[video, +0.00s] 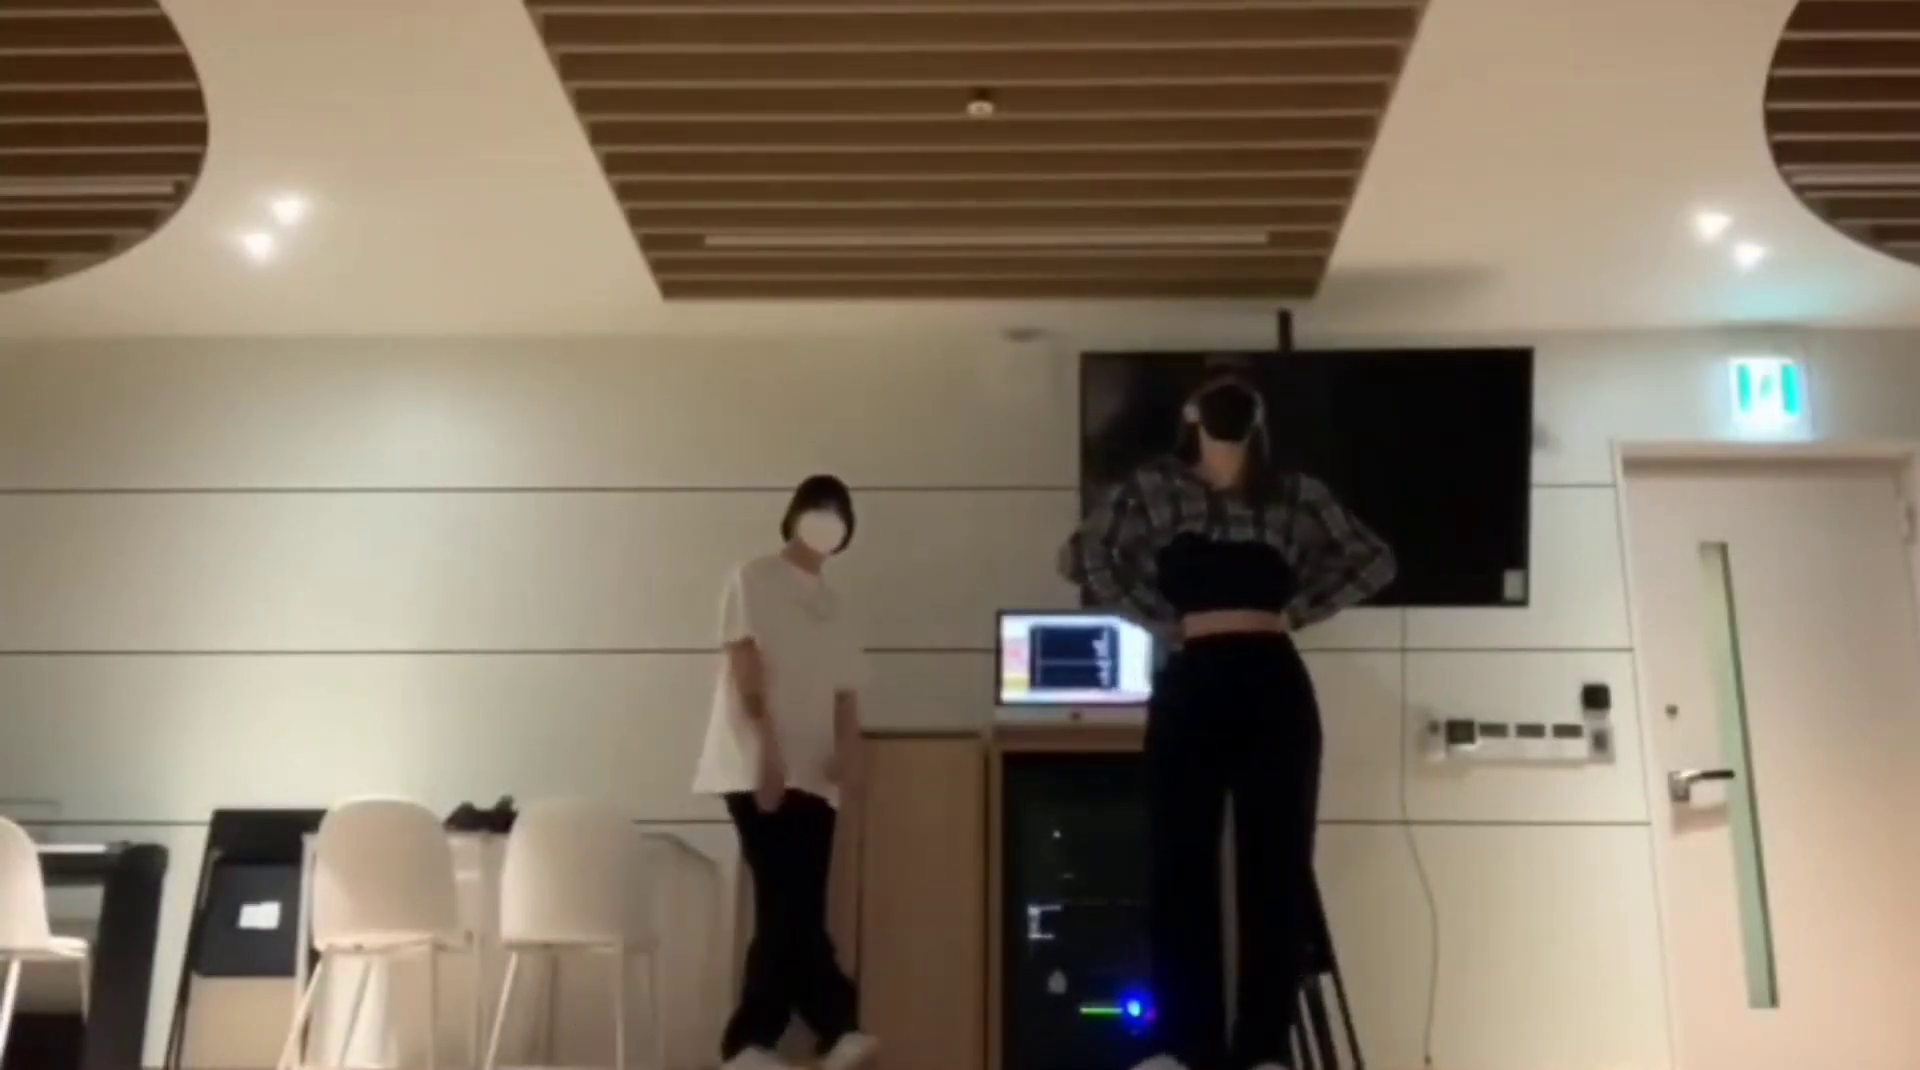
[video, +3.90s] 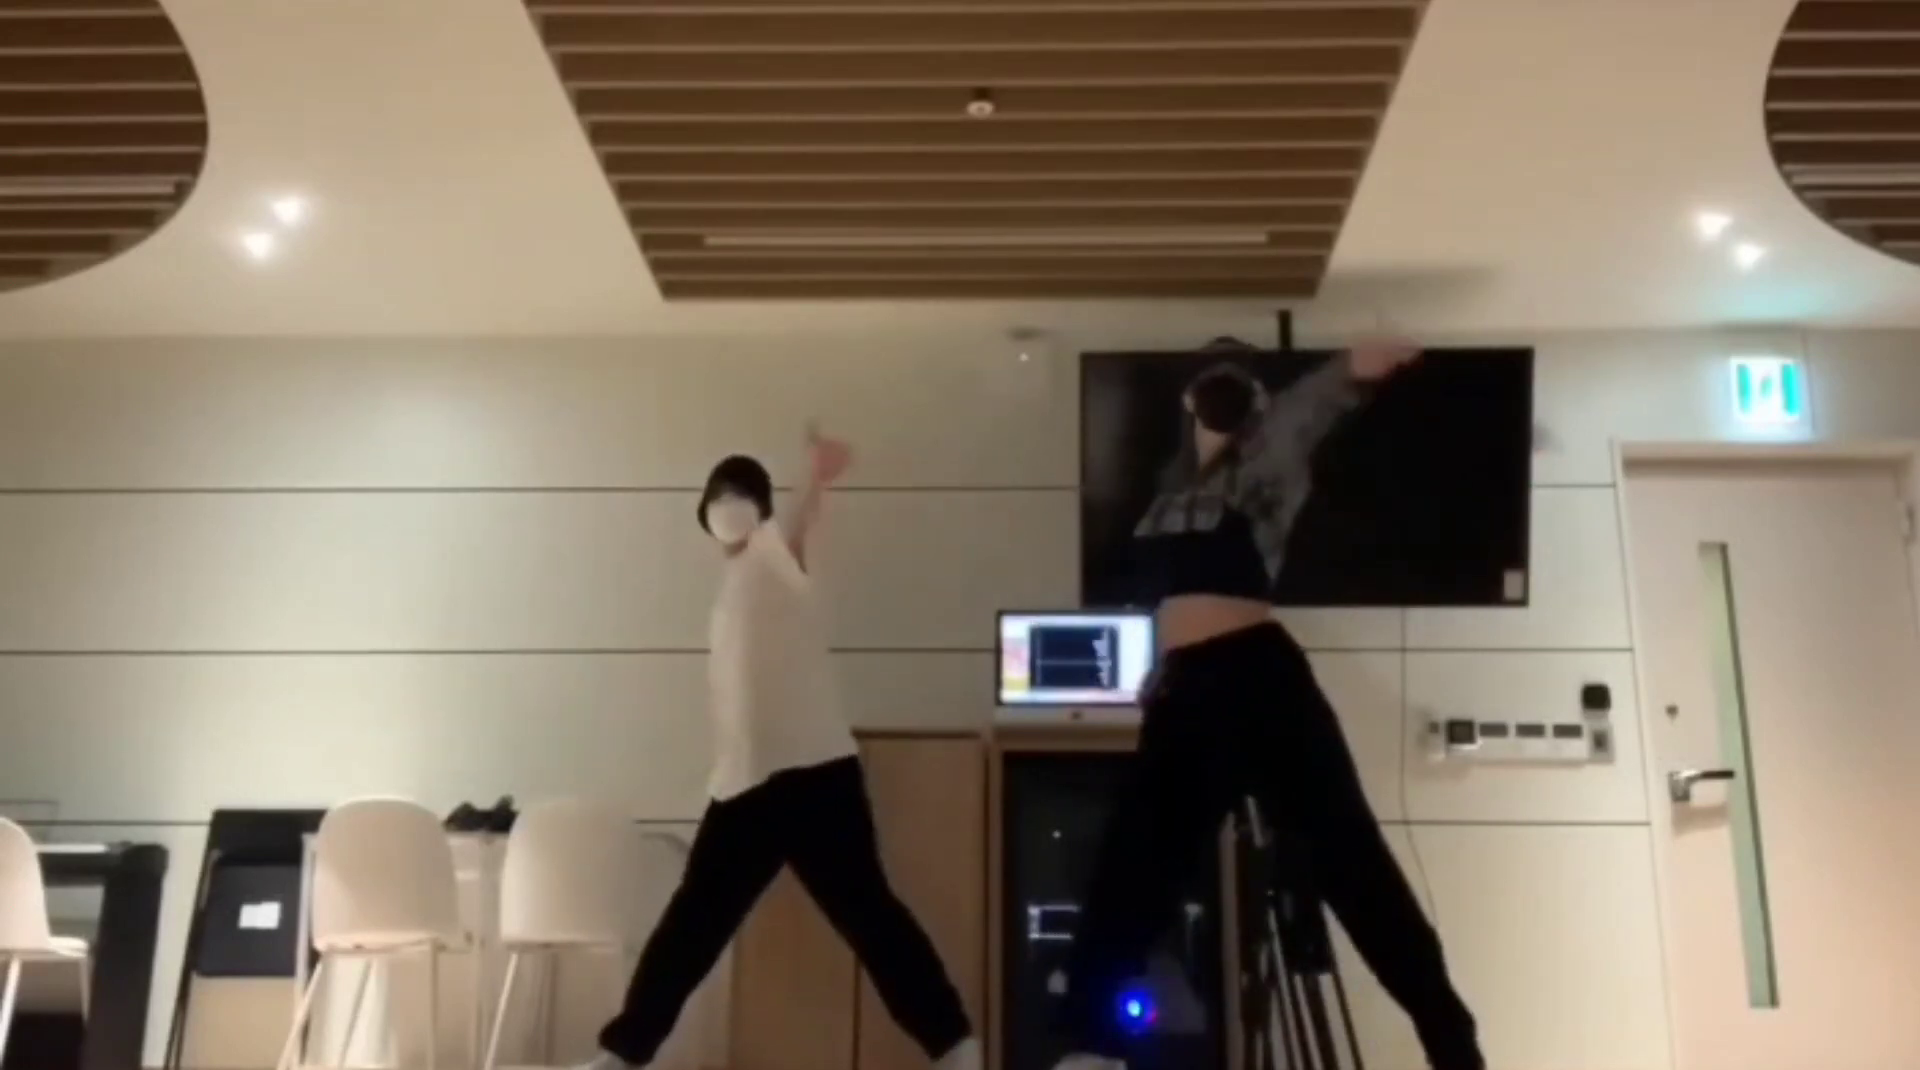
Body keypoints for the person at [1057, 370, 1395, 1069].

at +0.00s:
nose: (1227, 426)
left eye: (1230, 414)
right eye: (1221, 415)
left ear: (1197, 422)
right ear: (1222, 425)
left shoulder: (1296, 496)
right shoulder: (1155, 490)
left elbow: (1373, 561)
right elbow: (1091, 562)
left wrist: (1299, 610)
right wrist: (1160, 619)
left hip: (1273, 685)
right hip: (1191, 687)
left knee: (1275, 865)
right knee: (1183, 863)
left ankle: (1266, 1042)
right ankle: (1191, 1041)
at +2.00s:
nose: (1206, 441)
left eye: (1217, 430)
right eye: (1192, 430)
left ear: (1237, 445)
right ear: (1168, 443)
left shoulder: (1271, 525)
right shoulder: (1135, 529)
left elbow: (1291, 628)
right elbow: (1119, 632)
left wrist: (1299, 721)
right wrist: (1119, 719)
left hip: (1250, 714)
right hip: (1175, 715)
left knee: (1260, 875)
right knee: (1184, 877)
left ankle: (1262, 1038)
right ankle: (1200, 1038)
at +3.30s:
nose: (1169, 410)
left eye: (1181, 397)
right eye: (1153, 399)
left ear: (1201, 413)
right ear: (1129, 417)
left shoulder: (1228, 494)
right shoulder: (1096, 493)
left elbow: (1244, 586)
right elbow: (1056, 585)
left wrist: (1237, 634)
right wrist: (1085, 678)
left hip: (1202, 689)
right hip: (1123, 688)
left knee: (1194, 829)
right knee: (1108, 839)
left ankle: (1186, 971)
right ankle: (1100, 993)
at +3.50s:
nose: (1177, 418)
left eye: (1188, 407)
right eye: (1163, 407)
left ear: (1207, 423)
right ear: (1137, 424)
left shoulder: (1229, 497)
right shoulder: (1100, 506)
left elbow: (1260, 561)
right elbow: (1068, 596)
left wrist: (1309, 573)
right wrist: (1092, 652)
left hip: (1222, 698)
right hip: (1134, 700)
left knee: (1291, 852)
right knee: (1083, 858)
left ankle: (1405, 1032)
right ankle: (1090, 1035)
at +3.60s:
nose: (1175, 423)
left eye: (1188, 411)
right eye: (1162, 412)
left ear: (1210, 429)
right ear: (1140, 428)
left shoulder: (1244, 489)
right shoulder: (1121, 507)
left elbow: (1346, 527)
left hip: (1253, 695)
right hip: (1167, 712)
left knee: (1348, 861)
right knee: (1105, 864)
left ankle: (1446, 1056)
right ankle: (1086, 1041)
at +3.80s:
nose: (1200, 413)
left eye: (1210, 401)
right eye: (1193, 401)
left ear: (1225, 418)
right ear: (1174, 418)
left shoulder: (1251, 476)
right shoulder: (1149, 498)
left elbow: (1338, 467)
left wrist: (1455, 451)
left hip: (1260, 683)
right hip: (1183, 702)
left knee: (1358, 860)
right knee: (1121, 865)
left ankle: (1447, 1050)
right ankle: (1083, 1041)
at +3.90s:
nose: (1218, 403)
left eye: (1233, 391)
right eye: (1207, 393)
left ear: (1252, 412)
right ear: (1189, 413)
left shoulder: (1264, 474)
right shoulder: (1174, 494)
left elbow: (1298, 417)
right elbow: (1175, 607)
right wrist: (1157, 675)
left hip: (1263, 674)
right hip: (1185, 687)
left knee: (1347, 856)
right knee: (1134, 861)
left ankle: (1449, 1040)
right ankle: (1084, 1036)